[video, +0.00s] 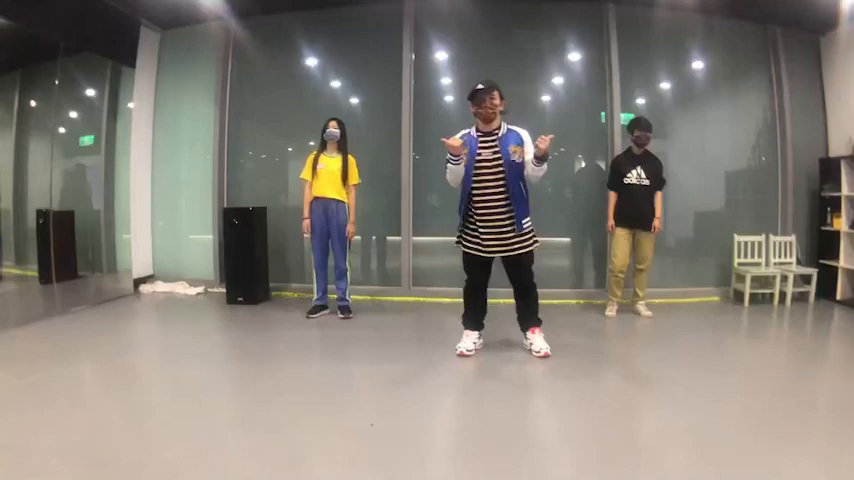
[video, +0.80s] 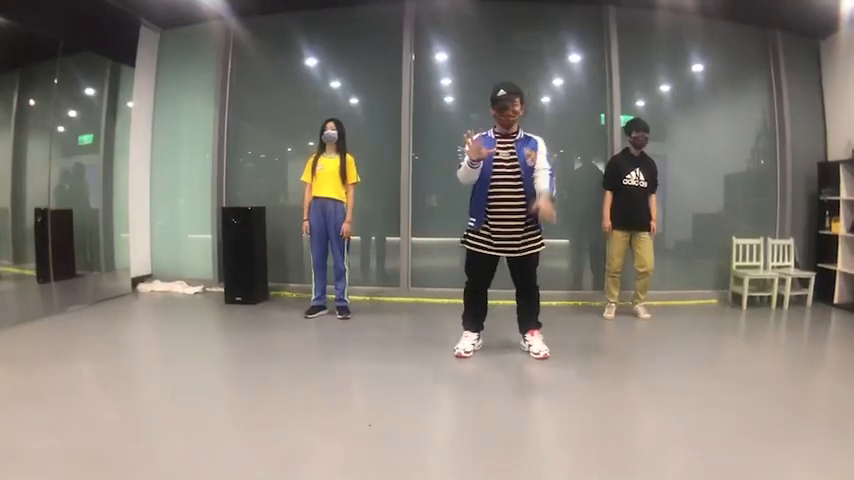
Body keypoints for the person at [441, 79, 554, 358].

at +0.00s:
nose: (488, 105)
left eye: (492, 99)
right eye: (481, 101)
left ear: (502, 104)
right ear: (473, 107)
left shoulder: (518, 135)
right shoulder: (463, 140)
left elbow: (533, 177)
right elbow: (454, 181)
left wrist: (540, 157)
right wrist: (456, 156)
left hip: (513, 224)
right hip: (476, 226)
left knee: (523, 280)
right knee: (475, 281)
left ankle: (532, 331)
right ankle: (471, 332)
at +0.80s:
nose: (510, 112)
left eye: (514, 106)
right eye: (503, 107)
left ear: (522, 108)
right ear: (493, 110)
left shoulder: (535, 144)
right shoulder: (479, 141)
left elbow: (542, 175)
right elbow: (465, 179)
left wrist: (543, 197)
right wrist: (474, 159)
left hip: (523, 228)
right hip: (485, 227)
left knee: (527, 283)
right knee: (476, 282)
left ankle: (531, 333)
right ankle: (471, 332)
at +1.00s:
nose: (491, 108)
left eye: (497, 103)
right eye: (486, 104)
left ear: (507, 106)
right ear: (478, 108)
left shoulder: (522, 139)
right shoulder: (468, 140)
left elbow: (530, 181)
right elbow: (454, 177)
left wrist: (528, 222)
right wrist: (465, 153)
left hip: (510, 225)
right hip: (475, 226)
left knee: (521, 281)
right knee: (474, 281)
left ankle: (528, 331)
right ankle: (472, 332)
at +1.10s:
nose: (489, 108)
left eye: (494, 102)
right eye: (483, 104)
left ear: (504, 106)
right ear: (475, 108)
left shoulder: (518, 138)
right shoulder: (465, 141)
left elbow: (533, 177)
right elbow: (452, 178)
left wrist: (531, 219)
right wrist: (463, 153)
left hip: (509, 224)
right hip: (474, 226)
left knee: (520, 280)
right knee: (474, 282)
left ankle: (528, 331)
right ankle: (472, 332)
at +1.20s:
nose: (490, 107)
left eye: (494, 101)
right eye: (483, 103)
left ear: (504, 105)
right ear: (475, 108)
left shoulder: (519, 137)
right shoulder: (463, 141)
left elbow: (537, 172)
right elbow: (453, 175)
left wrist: (530, 211)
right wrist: (461, 160)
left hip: (511, 223)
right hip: (474, 225)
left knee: (520, 279)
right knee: (474, 281)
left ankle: (528, 330)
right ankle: (472, 331)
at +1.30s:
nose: (491, 105)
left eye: (495, 100)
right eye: (485, 101)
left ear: (505, 104)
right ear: (476, 107)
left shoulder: (519, 136)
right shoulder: (463, 140)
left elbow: (540, 168)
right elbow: (455, 163)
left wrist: (527, 202)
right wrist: (456, 179)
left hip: (511, 222)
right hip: (474, 225)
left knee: (520, 278)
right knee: (473, 280)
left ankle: (528, 330)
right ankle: (471, 331)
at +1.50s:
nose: (512, 103)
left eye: (515, 98)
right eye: (505, 99)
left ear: (521, 104)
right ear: (492, 106)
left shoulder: (532, 141)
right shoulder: (475, 141)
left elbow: (548, 177)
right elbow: (463, 181)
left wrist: (531, 158)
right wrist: (458, 221)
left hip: (522, 226)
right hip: (484, 226)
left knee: (527, 281)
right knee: (477, 282)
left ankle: (531, 333)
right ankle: (472, 333)